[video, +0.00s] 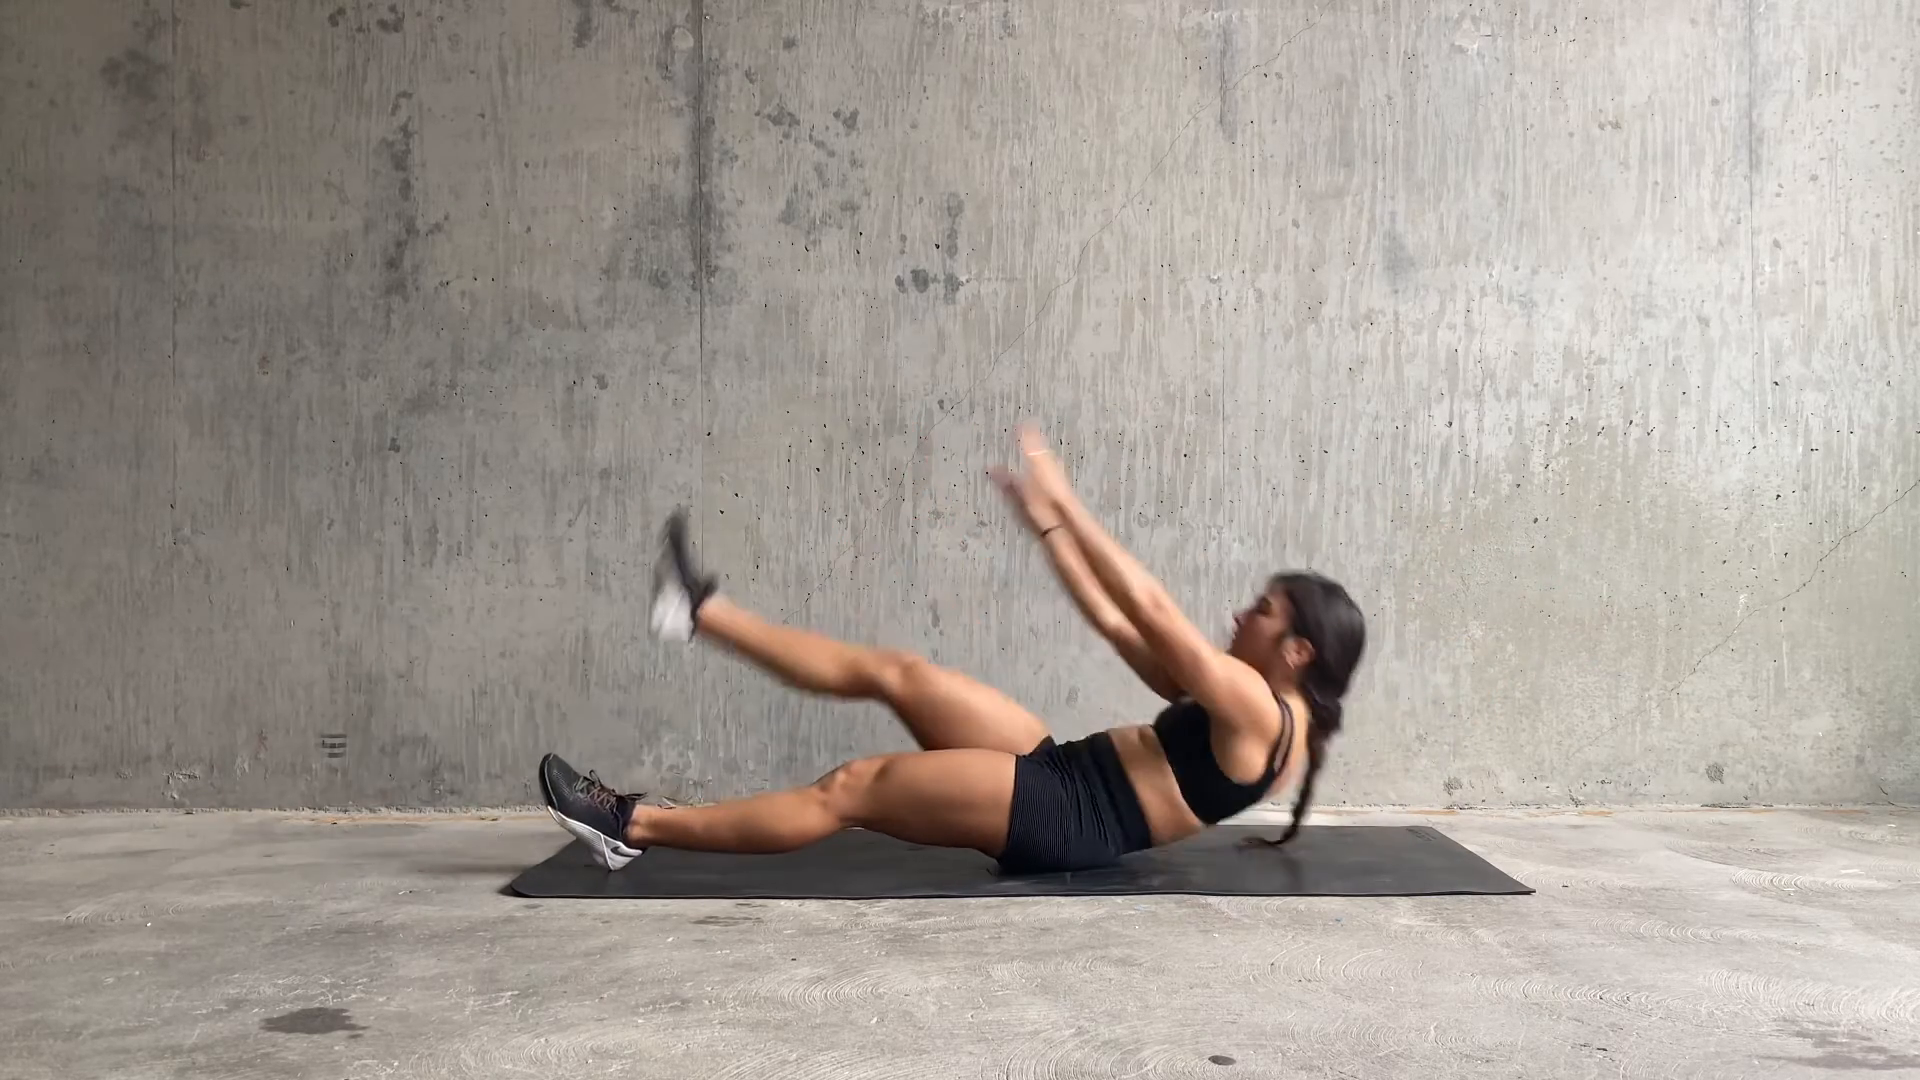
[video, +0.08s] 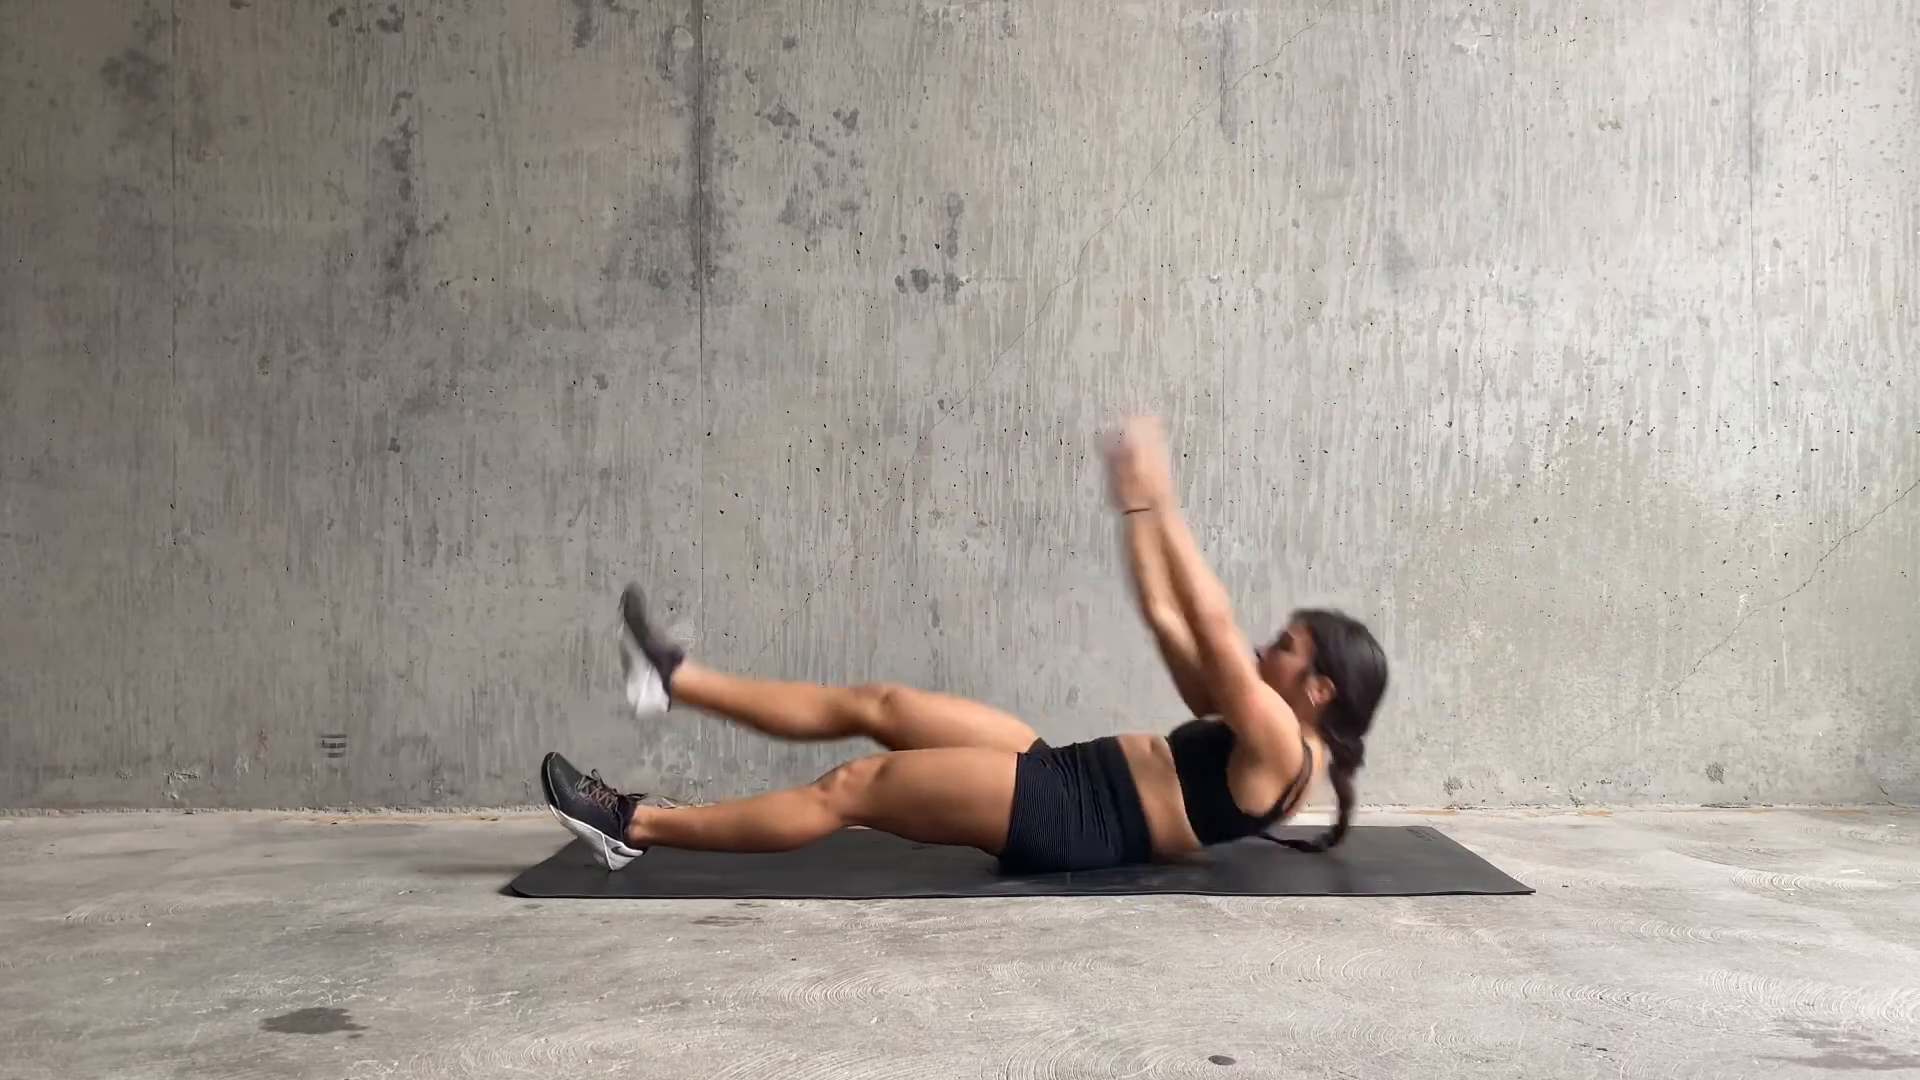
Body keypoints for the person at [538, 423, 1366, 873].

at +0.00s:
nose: (1243, 620)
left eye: (1263, 619)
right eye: (1255, 610)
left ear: (1298, 654)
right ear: (1290, 647)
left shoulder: (1258, 706)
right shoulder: (1242, 697)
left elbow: (1151, 615)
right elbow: (1119, 627)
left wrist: (1067, 504)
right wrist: (1041, 529)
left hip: (1068, 812)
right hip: (1066, 773)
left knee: (852, 790)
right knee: (893, 674)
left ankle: (635, 827)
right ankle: (701, 610)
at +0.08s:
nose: (1267, 650)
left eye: (1288, 650)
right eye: (1279, 637)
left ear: (1320, 691)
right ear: (1310, 685)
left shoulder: (1282, 743)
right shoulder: (1263, 726)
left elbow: (1203, 624)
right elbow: (1179, 628)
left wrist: (1159, 505)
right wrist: (1146, 508)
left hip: (1073, 814)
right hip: (1066, 768)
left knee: (857, 791)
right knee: (876, 709)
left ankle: (635, 827)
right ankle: (679, 679)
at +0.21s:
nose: (1314, 683)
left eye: (1331, 686)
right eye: (1323, 682)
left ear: (1347, 731)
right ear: (1322, 715)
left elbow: (1315, 652)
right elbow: (1258, 634)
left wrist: (1332, 527)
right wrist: (1294, 525)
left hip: (1072, 812)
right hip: (1067, 774)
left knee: (862, 786)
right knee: (871, 737)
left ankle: (640, 824)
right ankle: (668, 750)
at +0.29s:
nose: (1326, 695)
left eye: (1349, 699)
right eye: (1334, 685)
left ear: (1367, 739)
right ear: (1334, 710)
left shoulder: (1319, 809)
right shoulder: (1293, 769)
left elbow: (1377, 680)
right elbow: (1322, 657)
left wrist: (1434, 567)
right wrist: (1389, 564)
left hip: (1082, 814)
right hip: (1072, 771)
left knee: (867, 787)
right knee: (868, 748)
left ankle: (650, 829)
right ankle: (669, 775)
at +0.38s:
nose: (1333, 702)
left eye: (1357, 701)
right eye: (1345, 685)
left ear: (1385, 743)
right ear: (1335, 702)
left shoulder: (1327, 812)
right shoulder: (1310, 780)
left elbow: (1419, 708)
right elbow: (1397, 686)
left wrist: (1503, 611)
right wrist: (1476, 605)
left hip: (1090, 811)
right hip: (1087, 778)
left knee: (870, 788)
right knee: (868, 764)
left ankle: (654, 836)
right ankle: (667, 803)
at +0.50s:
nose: (1338, 702)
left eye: (1358, 700)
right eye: (1352, 691)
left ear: (1380, 745)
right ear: (1361, 730)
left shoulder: (1324, 815)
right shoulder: (1313, 791)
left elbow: (1426, 708)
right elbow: (1410, 702)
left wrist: (1518, 628)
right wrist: (1500, 632)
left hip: (1089, 807)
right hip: (1089, 782)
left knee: (874, 785)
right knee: (874, 774)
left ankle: (659, 825)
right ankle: (668, 816)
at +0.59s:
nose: (1328, 697)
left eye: (1350, 697)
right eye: (1335, 684)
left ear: (1371, 735)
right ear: (1337, 709)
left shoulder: (1326, 813)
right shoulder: (1306, 779)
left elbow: (1391, 682)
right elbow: (1345, 666)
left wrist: (1453, 570)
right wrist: (1417, 584)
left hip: (1089, 808)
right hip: (1090, 781)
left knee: (876, 781)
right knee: (882, 771)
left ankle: (663, 817)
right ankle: (678, 807)